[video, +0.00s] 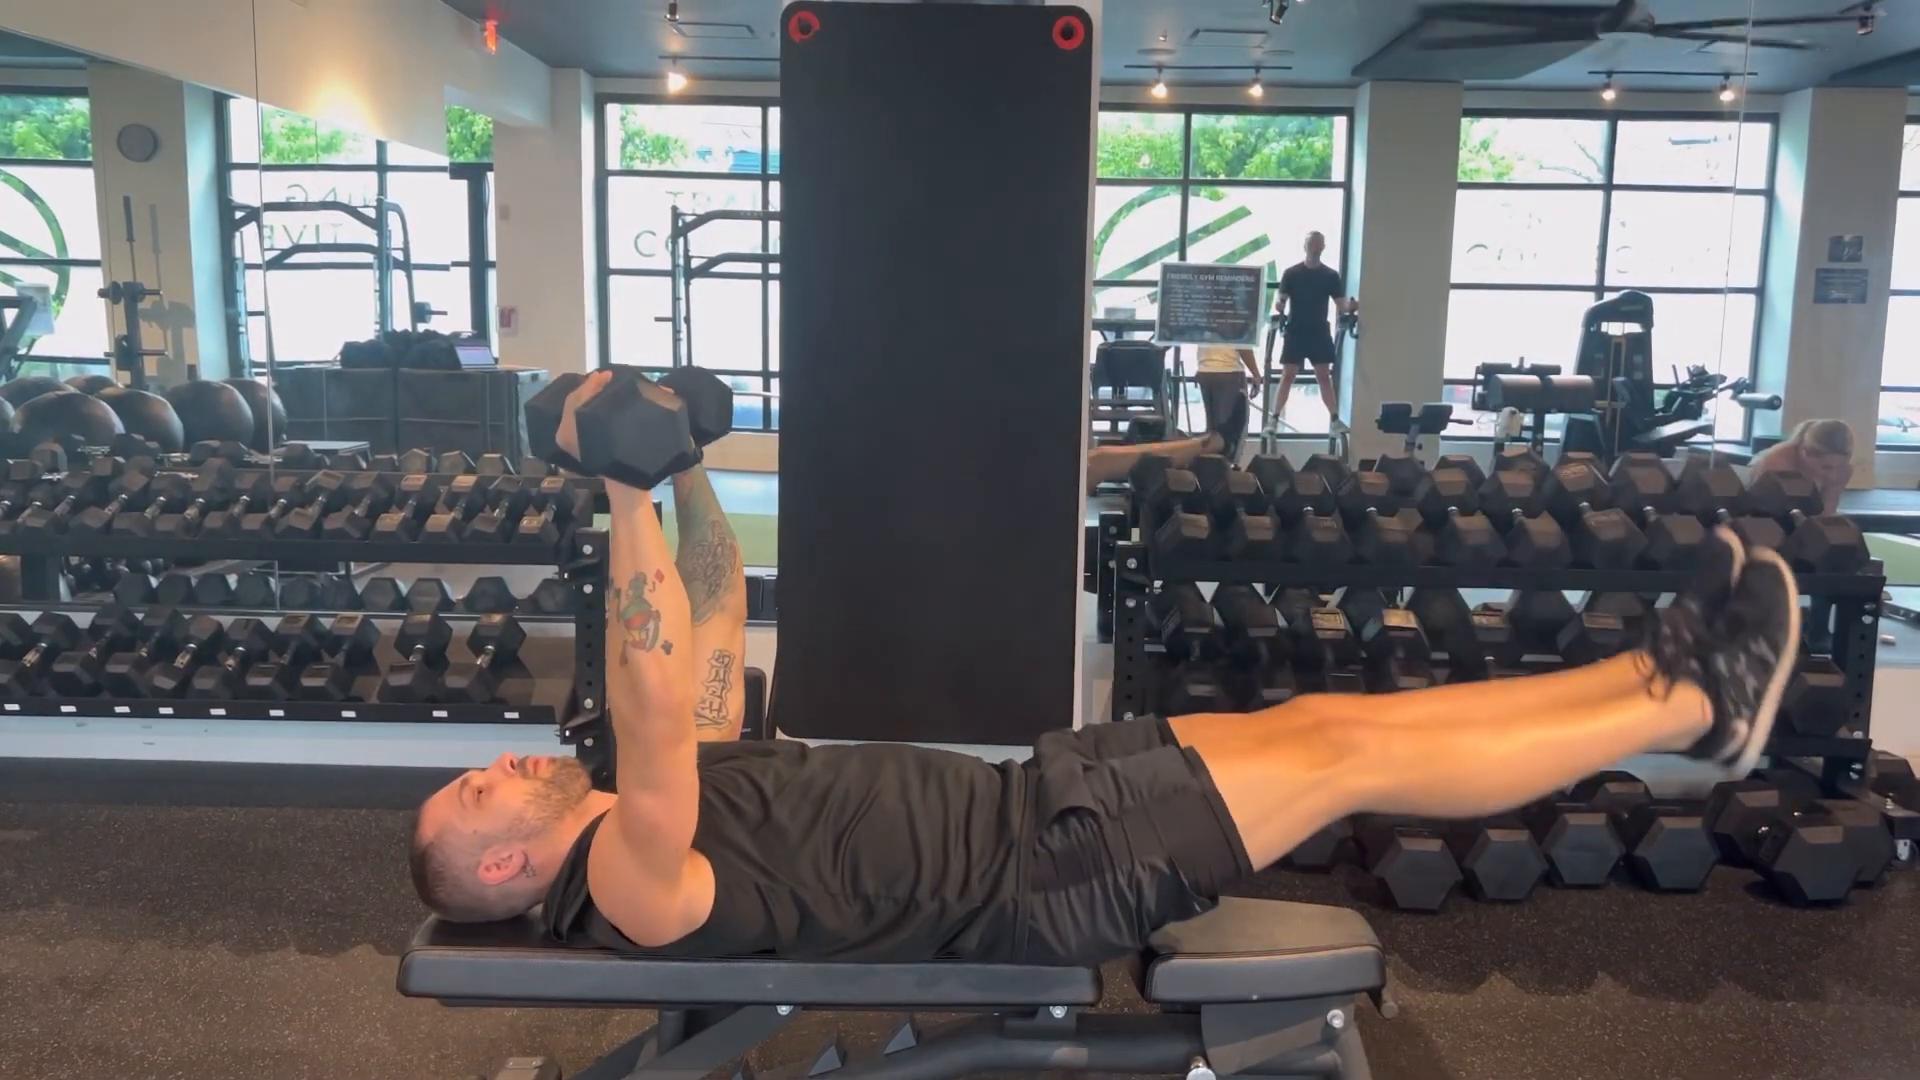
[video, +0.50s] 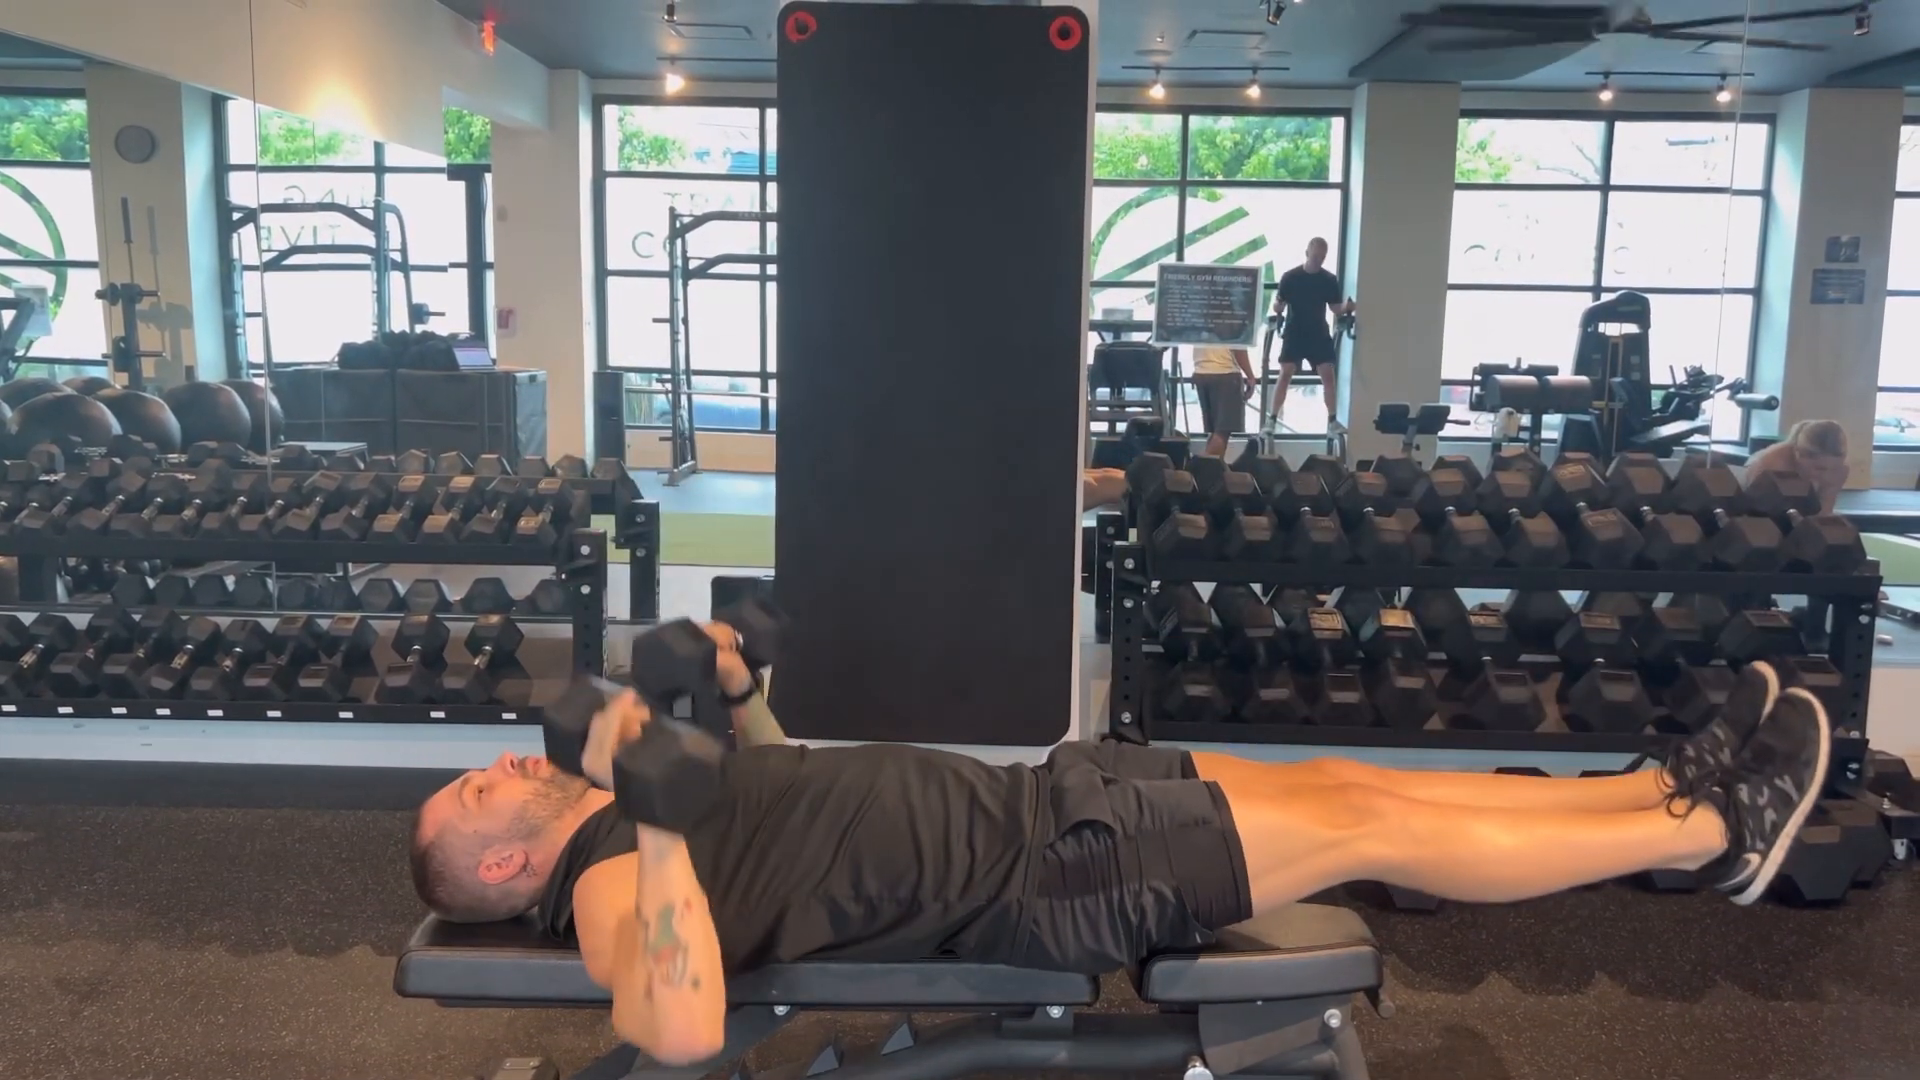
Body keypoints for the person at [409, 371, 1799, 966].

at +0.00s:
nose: (510, 772)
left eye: (489, 778)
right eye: (491, 802)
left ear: (546, 820)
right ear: (526, 876)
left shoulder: (660, 805)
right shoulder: (639, 876)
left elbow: (715, 638)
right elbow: (646, 670)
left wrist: (674, 471)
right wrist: (626, 489)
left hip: (1052, 783)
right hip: (1058, 858)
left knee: (1338, 720)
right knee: (1354, 755)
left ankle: (1656, 682)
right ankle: (1689, 705)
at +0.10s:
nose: (512, 775)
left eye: (491, 782)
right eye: (491, 808)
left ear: (540, 800)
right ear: (524, 884)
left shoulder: (644, 799)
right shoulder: (631, 893)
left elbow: (740, 636)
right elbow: (663, 681)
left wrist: (683, 514)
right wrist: (629, 512)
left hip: (1047, 785)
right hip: (1056, 852)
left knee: (1345, 742)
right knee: (1356, 775)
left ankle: (1666, 724)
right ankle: (1692, 753)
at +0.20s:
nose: (509, 775)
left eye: (490, 784)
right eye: (488, 806)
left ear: (540, 803)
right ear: (517, 878)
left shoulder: (649, 798)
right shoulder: (630, 893)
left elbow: (746, 663)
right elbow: (671, 753)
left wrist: (698, 543)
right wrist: (627, 579)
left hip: (1047, 792)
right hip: (1053, 857)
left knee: (1351, 764)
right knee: (1360, 798)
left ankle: (1671, 751)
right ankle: (1695, 785)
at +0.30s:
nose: (508, 777)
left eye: (492, 780)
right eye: (481, 804)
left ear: (539, 785)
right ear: (498, 874)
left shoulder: (649, 798)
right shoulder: (622, 893)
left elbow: (761, 716)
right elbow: (681, 850)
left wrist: (716, 591)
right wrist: (629, 658)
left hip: (1047, 789)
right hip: (1046, 856)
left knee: (1357, 778)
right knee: (1366, 807)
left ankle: (1672, 774)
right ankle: (1696, 798)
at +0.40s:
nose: (518, 774)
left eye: (495, 779)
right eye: (488, 802)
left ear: (529, 798)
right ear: (498, 874)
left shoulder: (636, 805)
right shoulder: (601, 892)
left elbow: (763, 742)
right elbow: (676, 956)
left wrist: (692, 653)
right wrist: (633, 740)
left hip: (1049, 786)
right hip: (1044, 863)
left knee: (1351, 781)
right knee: (1365, 816)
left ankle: (1674, 792)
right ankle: (1706, 824)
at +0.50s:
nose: (506, 772)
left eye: (487, 778)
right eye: (485, 801)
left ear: (529, 808)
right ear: (508, 869)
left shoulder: (627, 785)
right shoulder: (614, 893)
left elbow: (703, 730)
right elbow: (677, 1034)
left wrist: (673, 706)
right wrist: (650, 838)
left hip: (1061, 783)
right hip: (1072, 859)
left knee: (1349, 780)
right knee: (1374, 832)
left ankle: (1661, 794)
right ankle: (1700, 836)